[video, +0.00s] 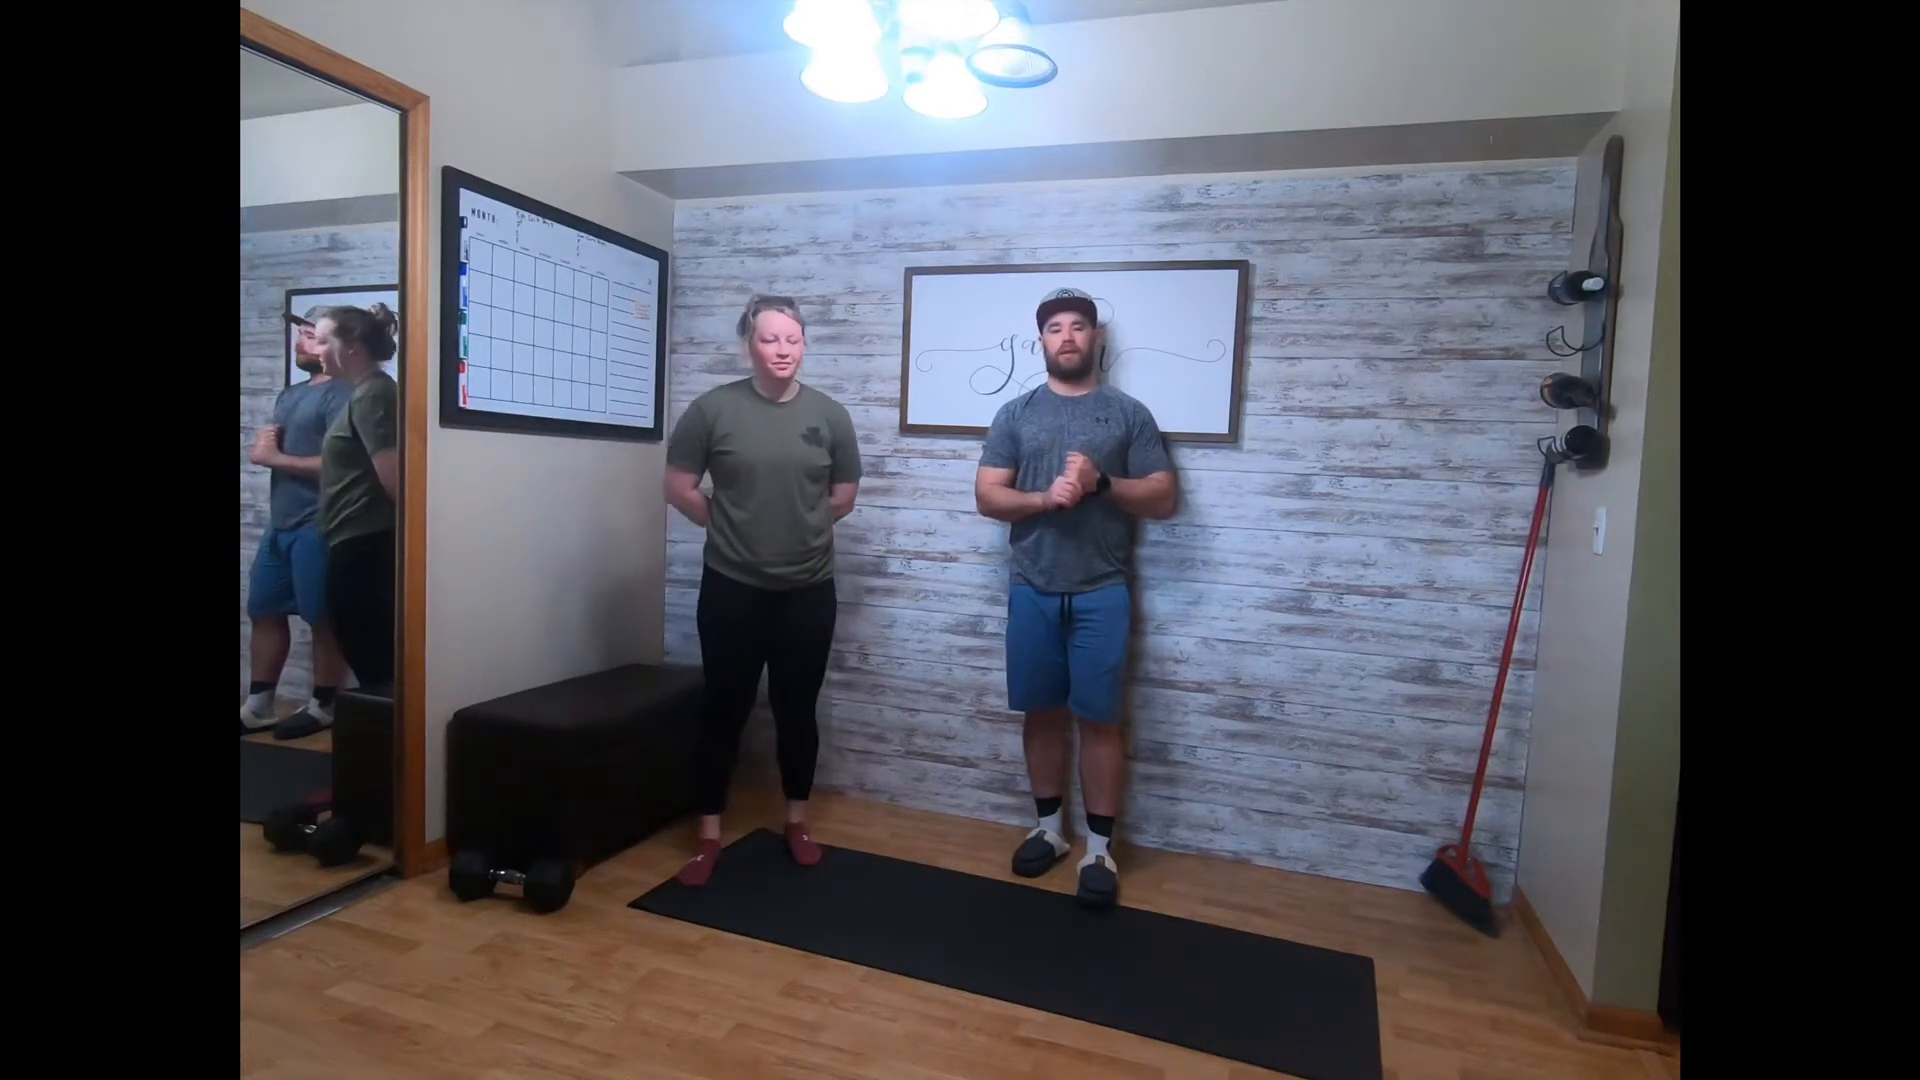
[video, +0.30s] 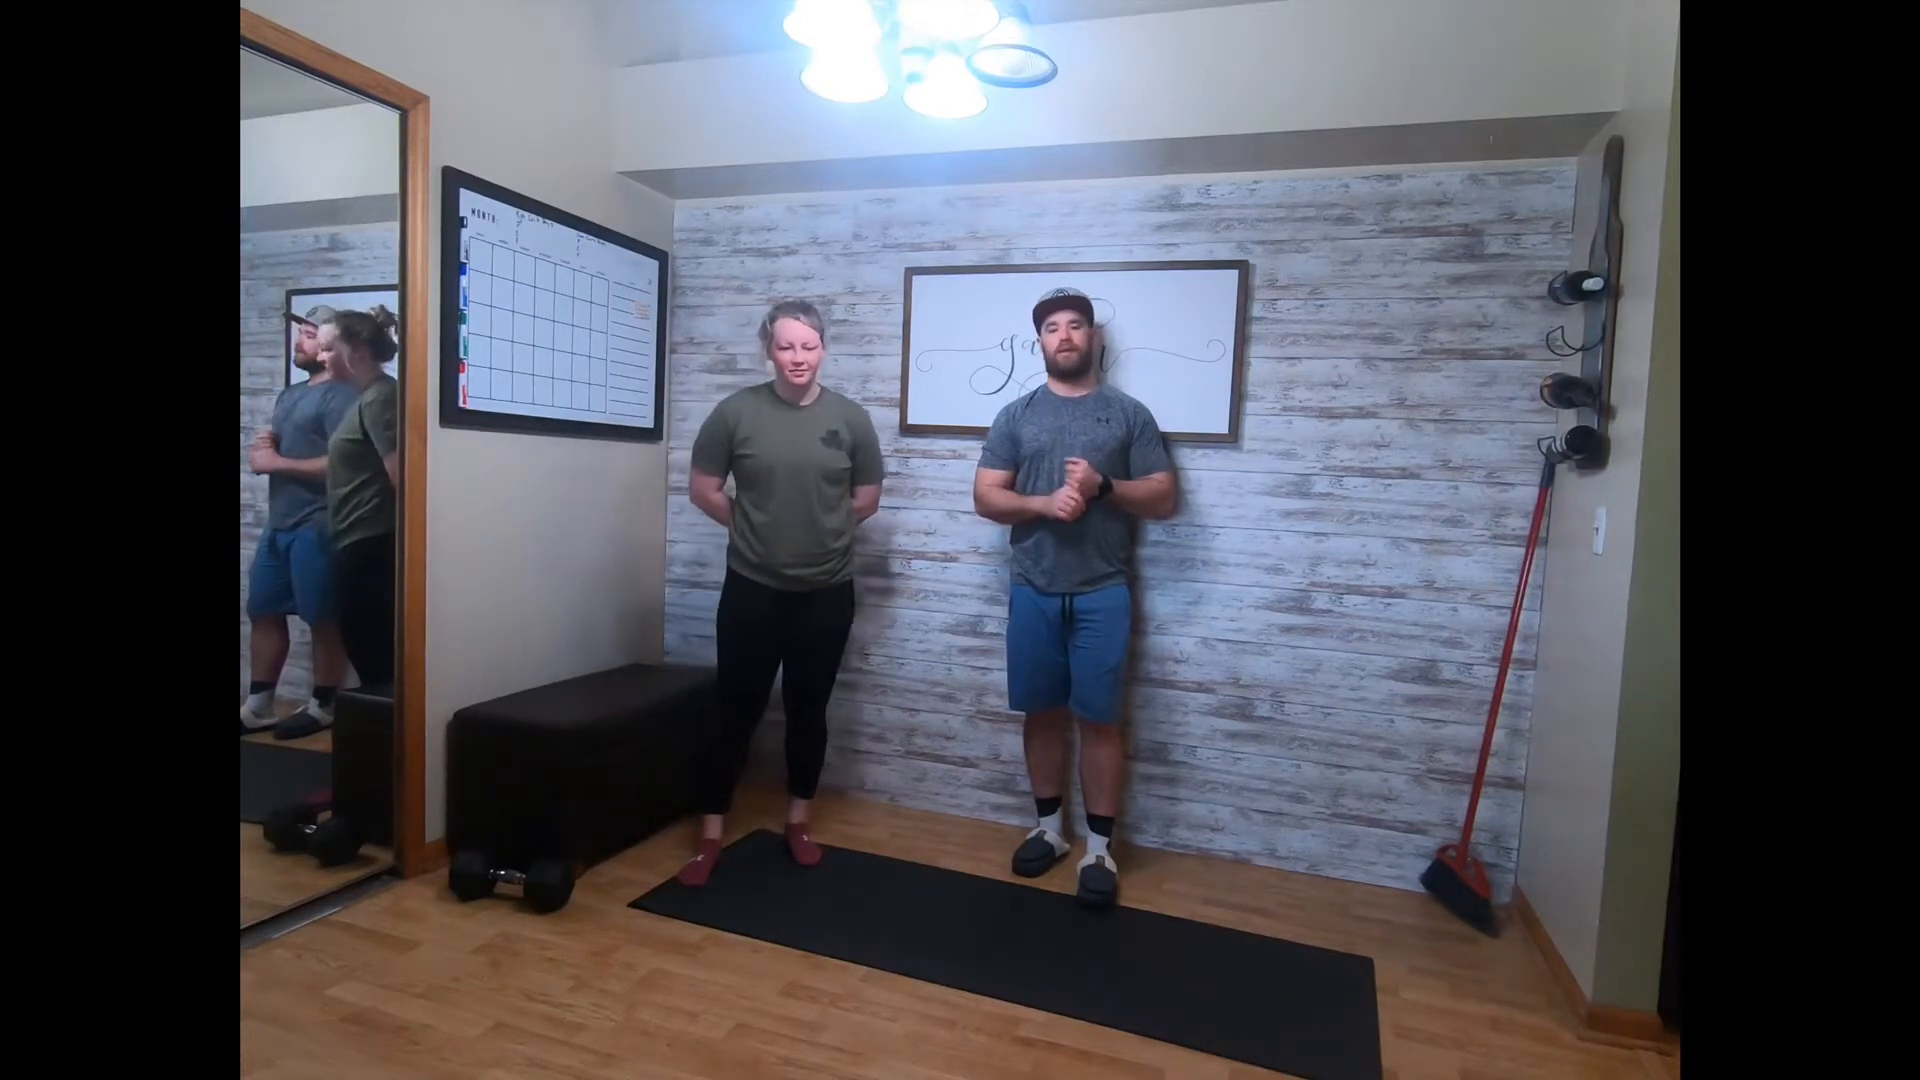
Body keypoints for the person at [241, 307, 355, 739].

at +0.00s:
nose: (300, 340)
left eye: (310, 335)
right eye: (301, 333)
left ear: (331, 347)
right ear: (302, 343)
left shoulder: (342, 394)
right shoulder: (289, 395)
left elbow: (337, 464)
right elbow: (278, 443)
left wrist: (275, 458)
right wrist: (267, 443)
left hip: (319, 524)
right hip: (280, 524)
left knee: (322, 618)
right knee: (265, 610)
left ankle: (324, 707)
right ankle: (259, 704)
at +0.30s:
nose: (300, 339)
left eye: (310, 333)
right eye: (301, 332)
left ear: (330, 346)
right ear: (305, 343)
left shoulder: (344, 396)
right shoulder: (289, 395)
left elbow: (342, 464)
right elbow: (277, 442)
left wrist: (278, 463)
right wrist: (265, 444)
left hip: (320, 523)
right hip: (279, 523)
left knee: (322, 618)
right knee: (264, 610)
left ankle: (323, 707)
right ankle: (260, 703)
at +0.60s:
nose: (297, 339)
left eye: (307, 333)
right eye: (297, 332)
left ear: (328, 344)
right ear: (300, 341)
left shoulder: (342, 396)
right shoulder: (289, 394)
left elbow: (339, 465)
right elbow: (279, 442)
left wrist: (274, 461)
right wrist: (263, 441)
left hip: (318, 525)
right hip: (277, 524)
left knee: (322, 619)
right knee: (263, 610)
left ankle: (323, 707)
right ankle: (259, 704)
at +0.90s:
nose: (293, 337)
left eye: (304, 332)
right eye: (295, 331)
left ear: (327, 345)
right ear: (300, 342)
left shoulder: (338, 397)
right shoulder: (287, 396)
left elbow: (338, 464)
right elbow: (278, 442)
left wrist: (274, 462)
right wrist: (264, 442)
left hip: (317, 523)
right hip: (278, 524)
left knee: (322, 618)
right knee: (265, 611)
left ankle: (324, 707)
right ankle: (259, 703)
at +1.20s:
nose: (294, 341)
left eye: (303, 334)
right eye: (295, 334)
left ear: (326, 346)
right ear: (300, 345)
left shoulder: (339, 396)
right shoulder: (291, 395)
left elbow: (334, 462)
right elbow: (282, 437)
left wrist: (275, 456)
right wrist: (268, 439)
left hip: (317, 523)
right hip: (278, 524)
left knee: (322, 619)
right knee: (263, 610)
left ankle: (324, 707)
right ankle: (259, 704)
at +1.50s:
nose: (294, 339)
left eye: (304, 332)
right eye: (295, 333)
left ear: (326, 342)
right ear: (299, 344)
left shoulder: (343, 392)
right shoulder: (294, 394)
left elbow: (346, 447)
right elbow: (276, 446)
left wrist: (317, 412)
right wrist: (248, 413)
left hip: (317, 523)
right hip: (276, 523)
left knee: (321, 617)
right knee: (260, 608)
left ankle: (324, 706)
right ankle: (259, 704)